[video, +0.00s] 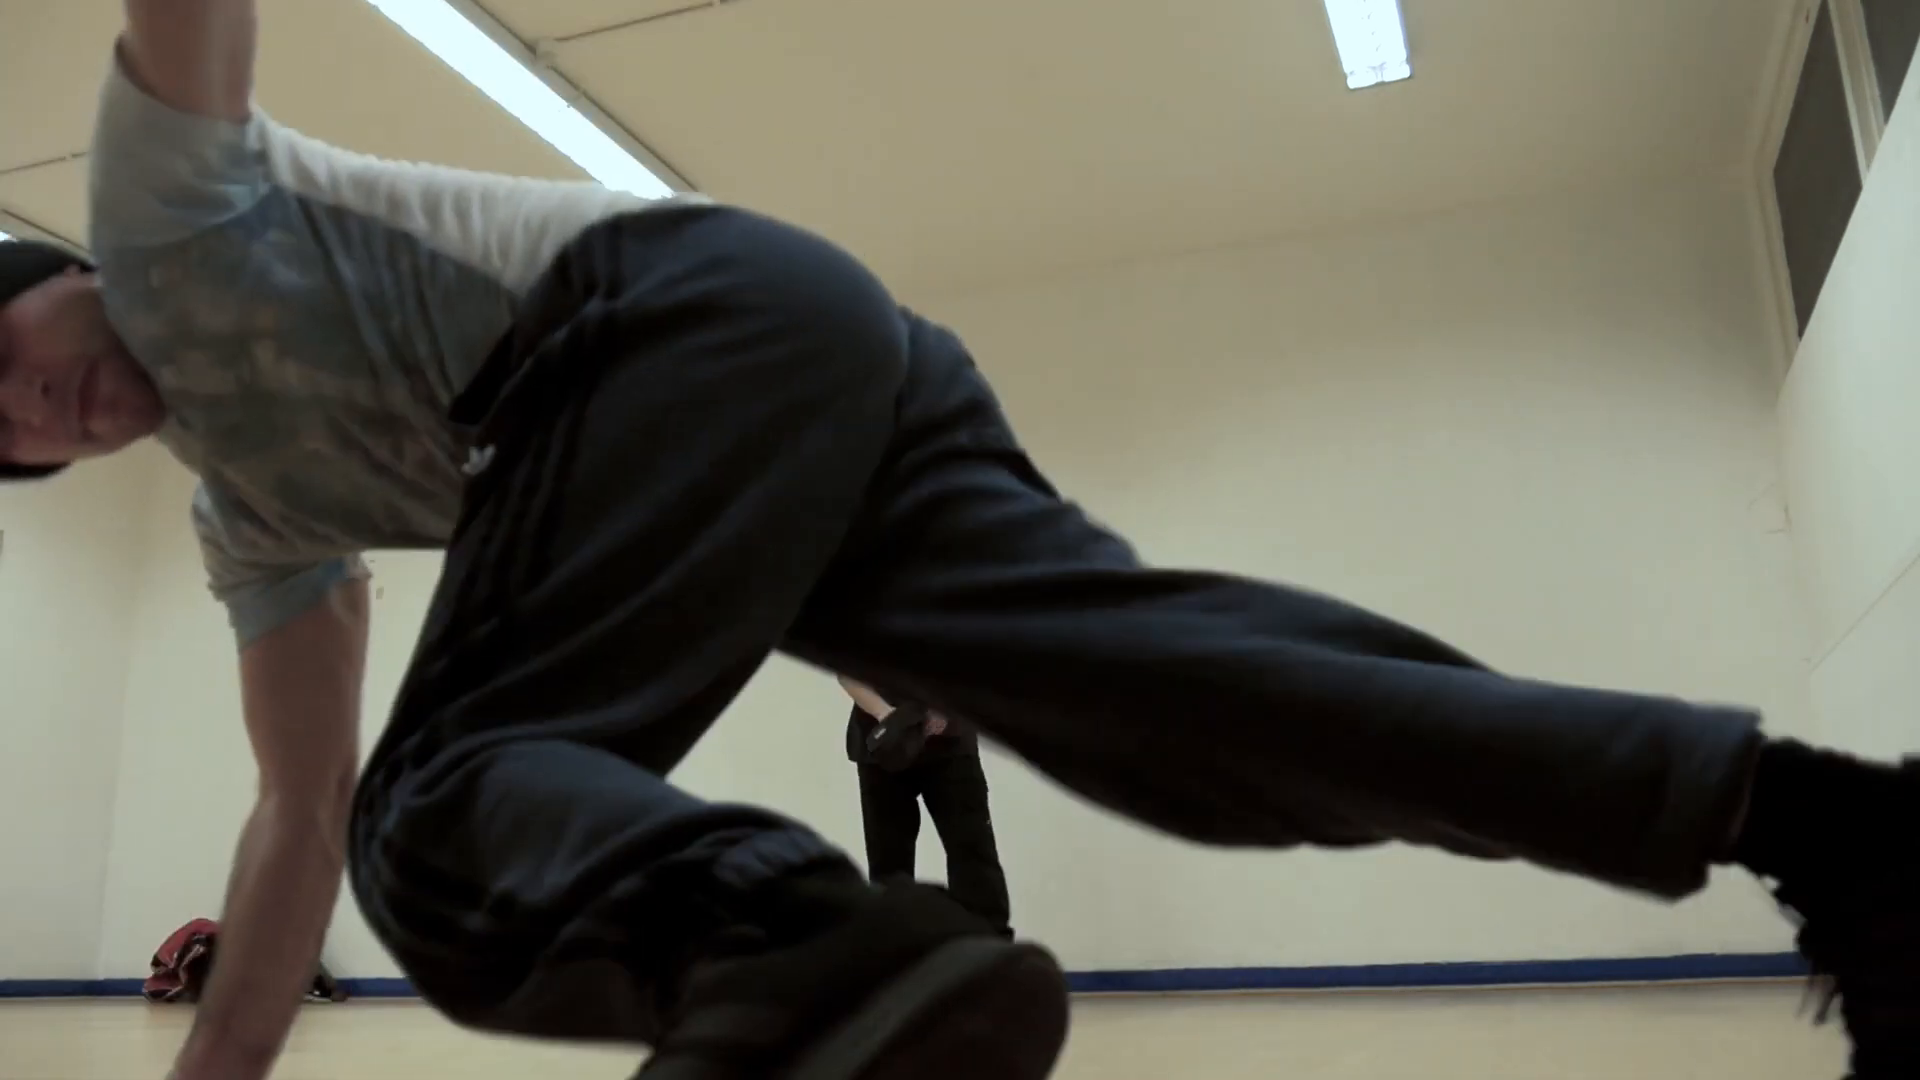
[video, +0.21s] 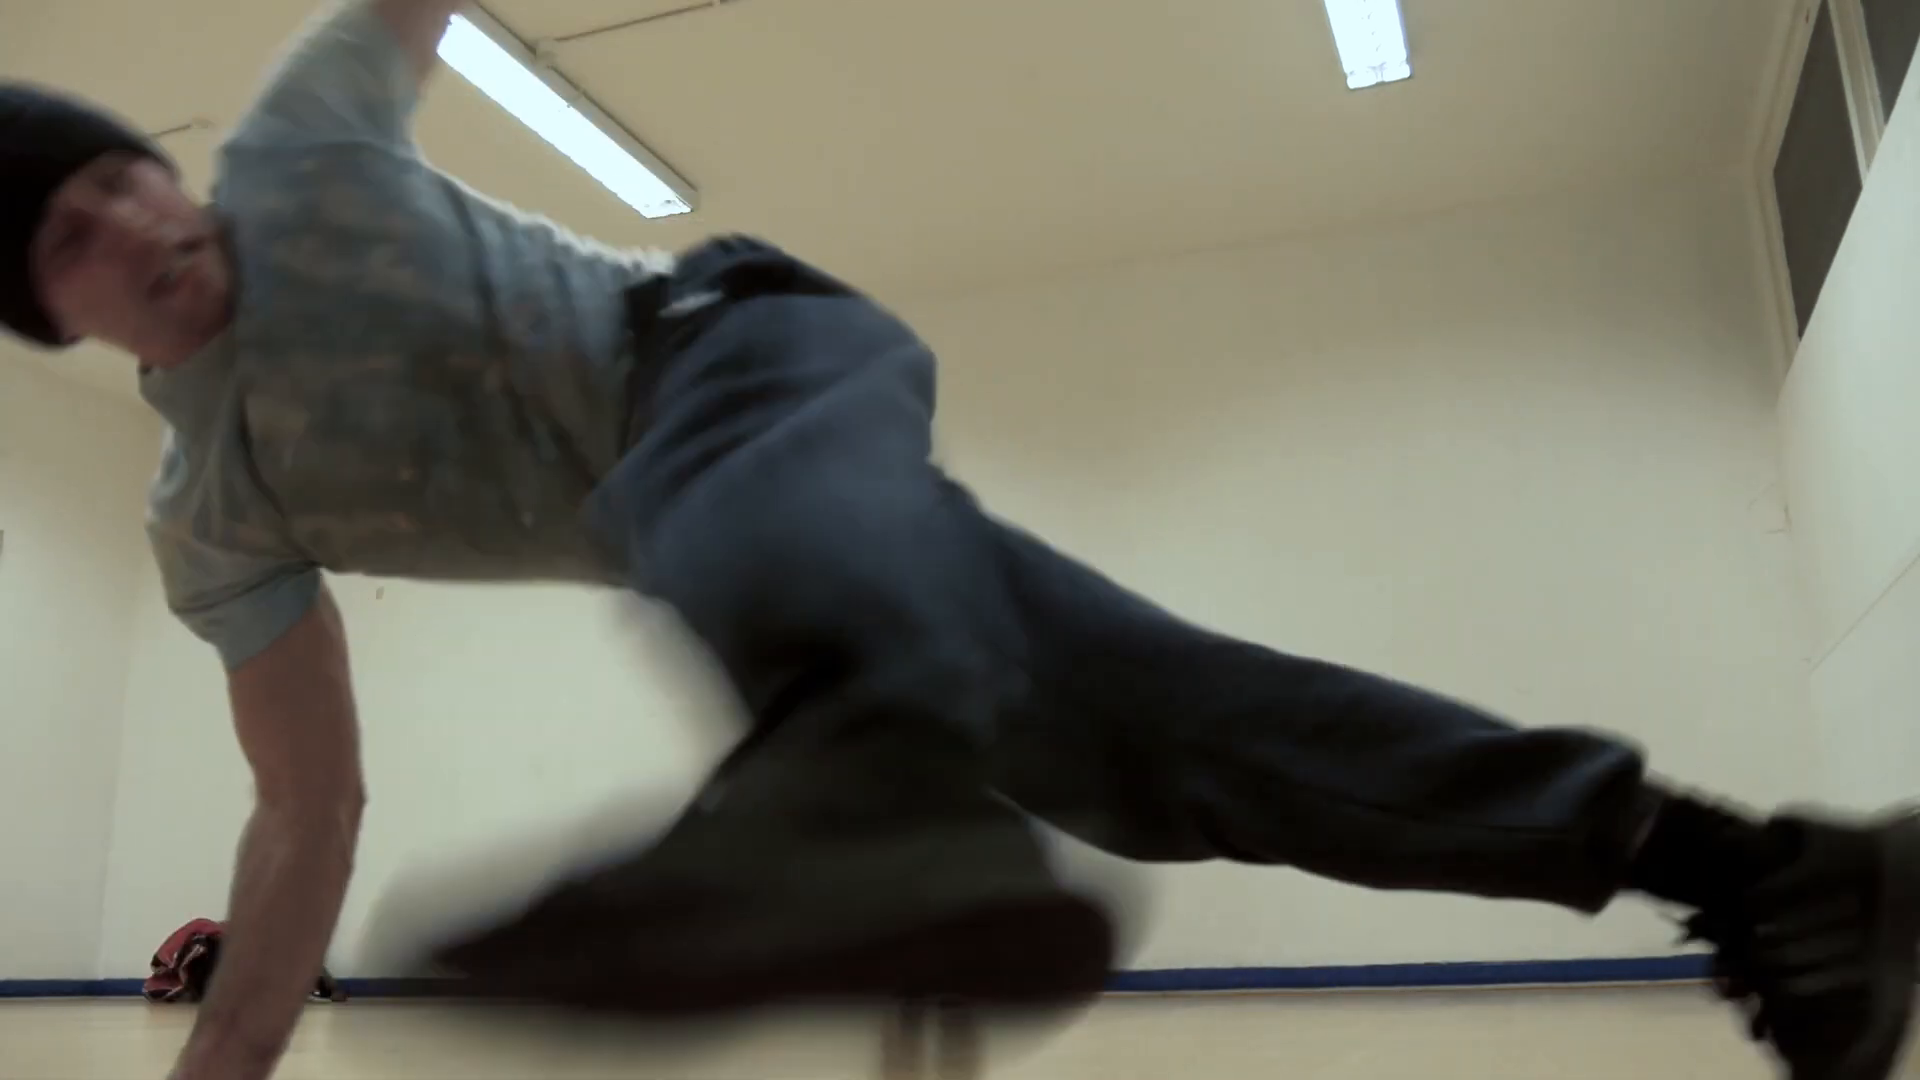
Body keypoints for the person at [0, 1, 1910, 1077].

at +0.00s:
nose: (54, 437)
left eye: (21, 397)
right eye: (26, 444)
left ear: (40, 303)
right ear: (64, 415)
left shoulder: (166, 196)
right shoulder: (252, 494)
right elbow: (305, 804)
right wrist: (215, 1069)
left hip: (693, 321)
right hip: (839, 399)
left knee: (442, 811)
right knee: (1177, 702)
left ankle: (807, 943)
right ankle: (1816, 815)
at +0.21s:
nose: (125, 257)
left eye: (109, 205)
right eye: (69, 272)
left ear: (159, 168)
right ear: (57, 331)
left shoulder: (306, 141)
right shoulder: (215, 513)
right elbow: (303, 805)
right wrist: (223, 1057)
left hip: (743, 349)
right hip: (716, 542)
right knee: (1155, 739)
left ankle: (901, 779)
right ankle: (1744, 878)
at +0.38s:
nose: (336, 240)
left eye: (331, 196)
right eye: (281, 234)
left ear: (342, 181)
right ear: (193, 288)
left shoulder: (446, 228)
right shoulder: (241, 527)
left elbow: (609, 75)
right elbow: (331, 827)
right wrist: (222, 1053)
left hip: (800, 559)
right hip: (735, 771)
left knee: (1102, 452)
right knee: (1155, 944)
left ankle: (1591, 314)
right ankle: (1597, 1070)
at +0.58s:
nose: (765, 412)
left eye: (766, 378)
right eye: (741, 380)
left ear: (731, 377)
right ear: (647, 381)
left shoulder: (758, 504)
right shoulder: (490, 573)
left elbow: (827, 649)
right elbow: (406, 857)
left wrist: (909, 716)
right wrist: (240, 1058)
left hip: (850, 845)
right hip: (722, 974)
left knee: (1171, 768)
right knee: (1136, 1021)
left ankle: (1596, 828)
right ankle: (1654, 1070)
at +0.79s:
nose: (1013, 617)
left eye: (1020, 597)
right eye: (1005, 584)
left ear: (921, 539)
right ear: (940, 523)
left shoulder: (816, 678)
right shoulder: (868, 529)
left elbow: (668, 838)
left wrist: (685, 1032)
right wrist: (1185, 443)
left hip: (791, 995)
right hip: (838, 875)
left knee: (1187, 992)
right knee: (1197, 821)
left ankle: (1664, 1028)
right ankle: (1665, 991)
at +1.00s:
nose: (694, 829)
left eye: (680, 808)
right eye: (680, 816)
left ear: (685, 761)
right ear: (752, 706)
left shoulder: (721, 723)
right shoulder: (871, 695)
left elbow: (701, 841)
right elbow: (1014, 808)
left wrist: (691, 1035)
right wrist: (1041, 1007)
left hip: (1000, 801)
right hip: (1077, 682)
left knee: (1258, 1021)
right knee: (1355, 777)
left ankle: (1559, 961)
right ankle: (1477, 818)